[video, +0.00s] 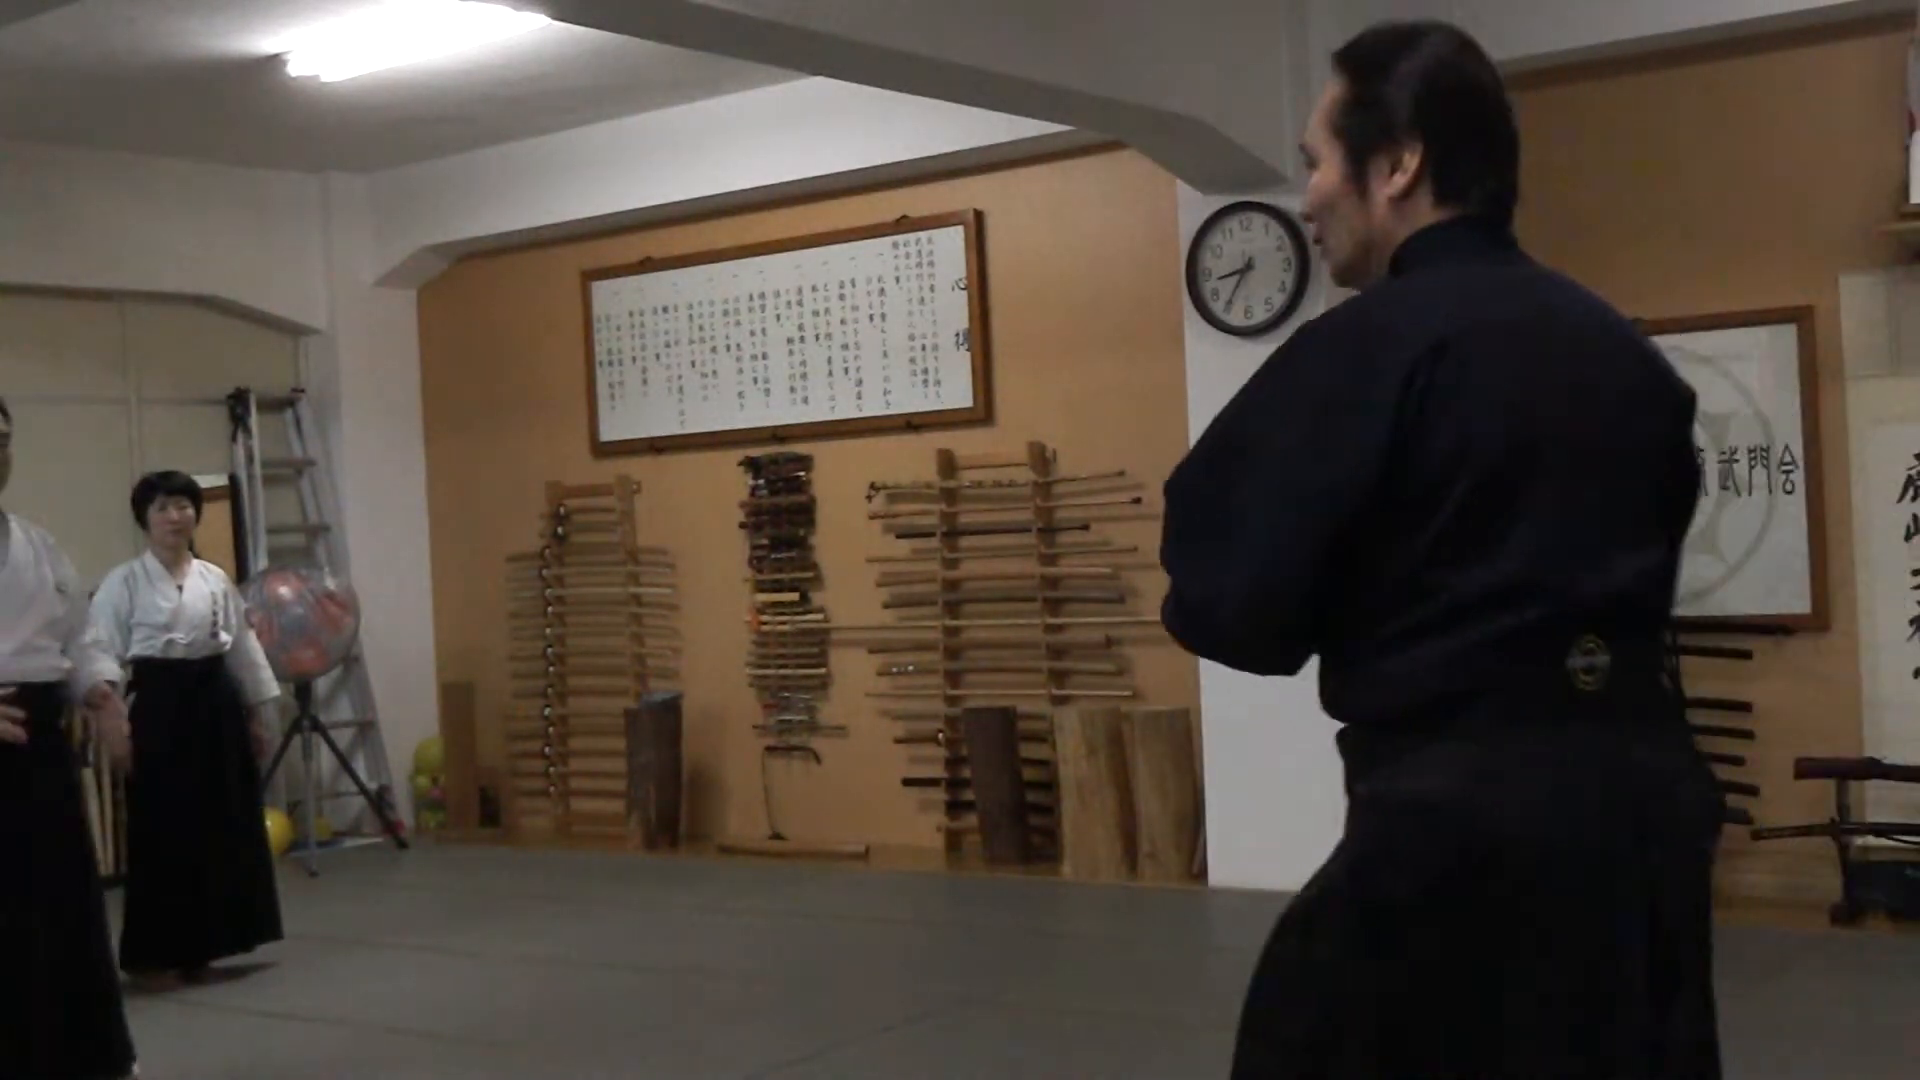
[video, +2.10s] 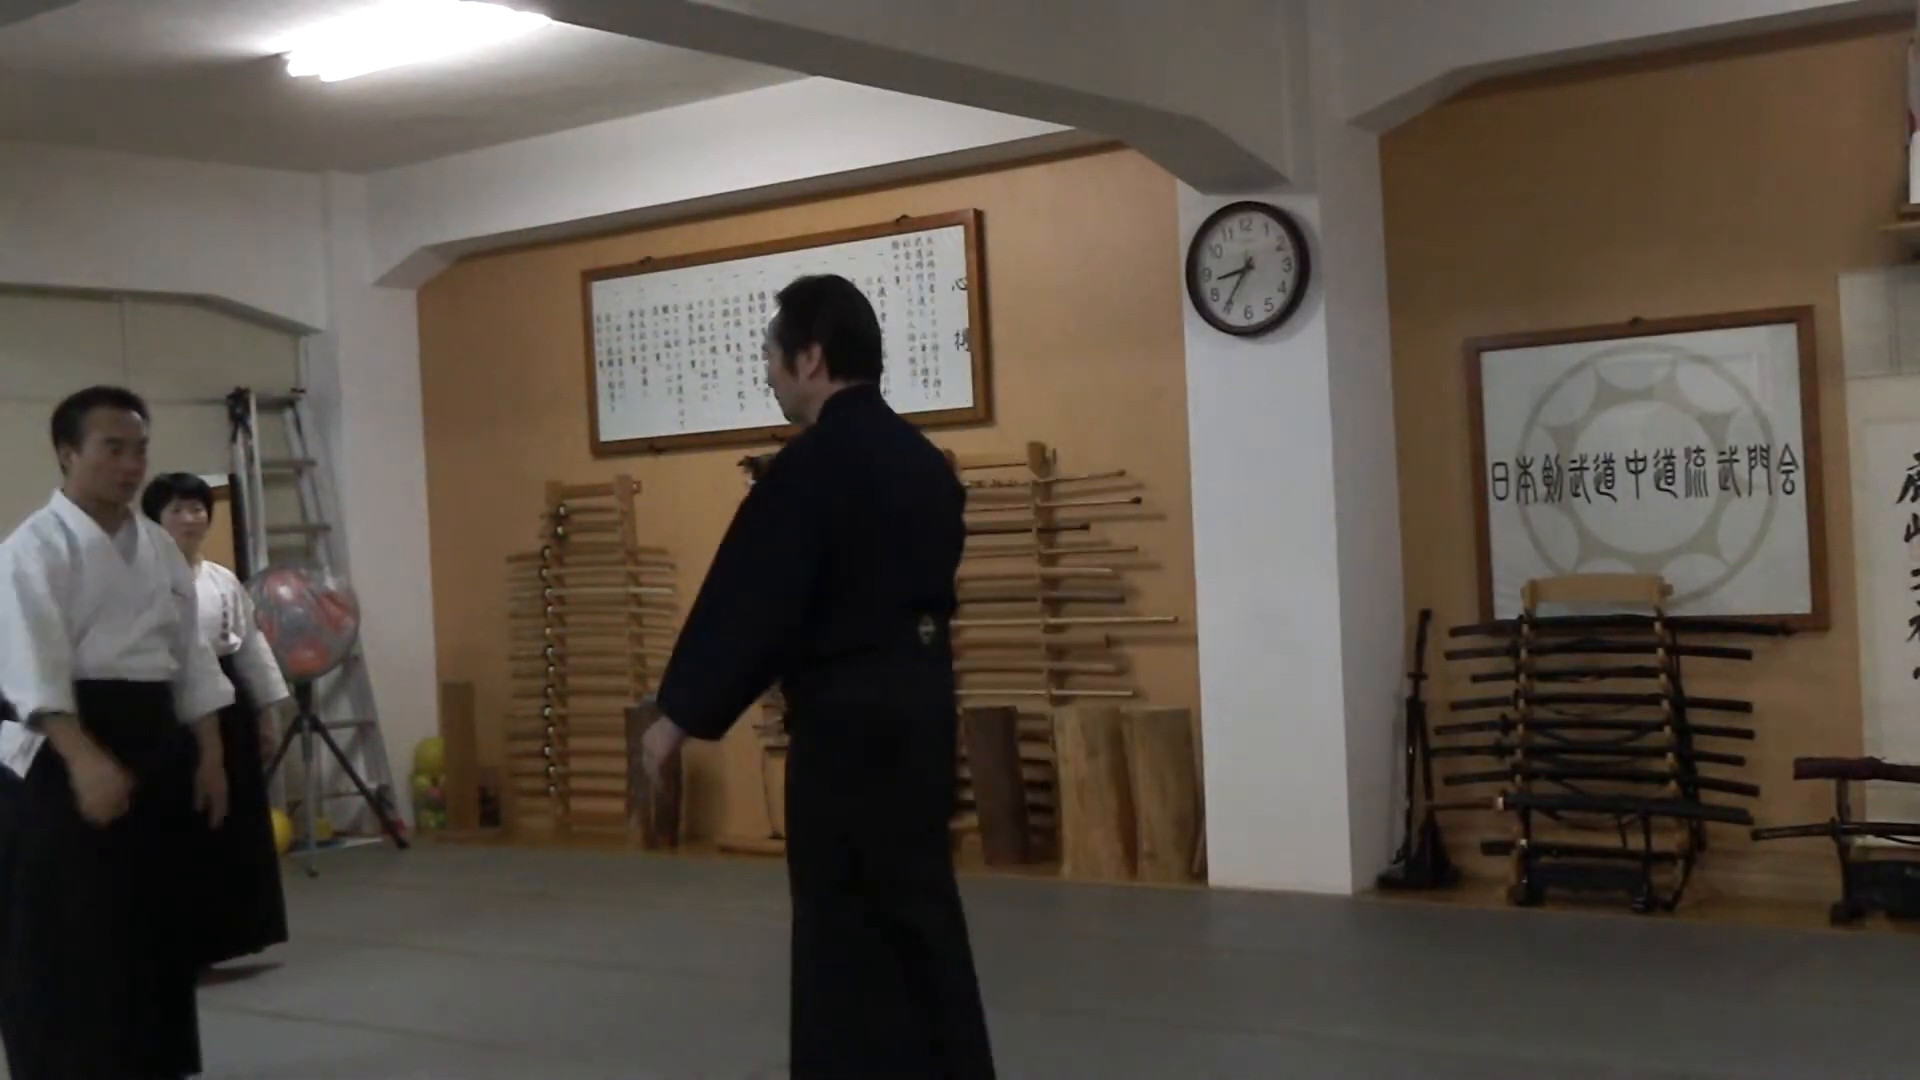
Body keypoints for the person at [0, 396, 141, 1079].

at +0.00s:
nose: (3, 446)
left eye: (6, 434)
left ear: (13, 447)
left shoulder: (34, 544)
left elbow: (79, 637)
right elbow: (79, 640)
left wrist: (104, 695)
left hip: (44, 727)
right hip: (16, 726)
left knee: (66, 896)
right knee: (31, 901)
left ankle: (94, 1052)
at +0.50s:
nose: (100, 452)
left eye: (109, 440)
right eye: (82, 438)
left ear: (118, 453)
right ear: (39, 450)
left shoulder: (135, 546)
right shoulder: (14, 538)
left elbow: (166, 659)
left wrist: (190, 754)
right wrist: (38, 721)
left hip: (132, 735)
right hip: (44, 738)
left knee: (140, 901)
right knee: (53, 909)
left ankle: (138, 1055)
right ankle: (56, 1058)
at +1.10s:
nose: (120, 451)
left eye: (128, 439)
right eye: (101, 437)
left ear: (135, 452)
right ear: (57, 450)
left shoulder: (150, 547)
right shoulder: (23, 545)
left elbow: (178, 654)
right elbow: (2, 663)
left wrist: (220, 722)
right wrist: (62, 670)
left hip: (149, 754)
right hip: (56, 764)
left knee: (155, 926)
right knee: (64, 936)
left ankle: (157, 1060)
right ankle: (73, 1064)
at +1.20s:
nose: (117, 456)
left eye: (125, 443)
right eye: (99, 441)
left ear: (132, 452)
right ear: (54, 449)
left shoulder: (135, 540)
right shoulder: (28, 532)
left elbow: (159, 652)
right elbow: (10, 643)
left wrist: (207, 662)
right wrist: (81, 611)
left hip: (140, 748)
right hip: (59, 753)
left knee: (148, 920)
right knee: (69, 930)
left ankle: (149, 1059)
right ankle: (77, 1064)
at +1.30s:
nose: (115, 461)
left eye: (123, 448)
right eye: (98, 446)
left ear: (128, 454)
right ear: (50, 451)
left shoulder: (120, 536)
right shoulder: (25, 526)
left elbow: (185, 636)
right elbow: (64, 581)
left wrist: (186, 590)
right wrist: (147, 551)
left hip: (123, 752)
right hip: (51, 760)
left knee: (138, 926)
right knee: (68, 936)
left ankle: (141, 1058)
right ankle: (77, 1063)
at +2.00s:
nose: (130, 462)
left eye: (138, 447)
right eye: (112, 447)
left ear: (145, 454)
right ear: (64, 454)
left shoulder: (141, 542)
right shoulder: (38, 543)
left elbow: (169, 631)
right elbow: (93, 637)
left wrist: (192, 684)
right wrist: (172, 652)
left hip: (133, 752)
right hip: (54, 762)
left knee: (144, 924)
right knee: (68, 937)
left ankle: (147, 1059)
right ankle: (78, 1066)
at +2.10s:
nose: (131, 462)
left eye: (140, 448)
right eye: (112, 447)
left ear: (148, 456)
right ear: (67, 455)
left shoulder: (162, 548)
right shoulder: (33, 549)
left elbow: (193, 653)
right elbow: (28, 664)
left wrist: (212, 748)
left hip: (158, 735)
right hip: (64, 746)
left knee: (159, 923)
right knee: (76, 928)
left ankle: (158, 1063)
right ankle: (76, 1064)